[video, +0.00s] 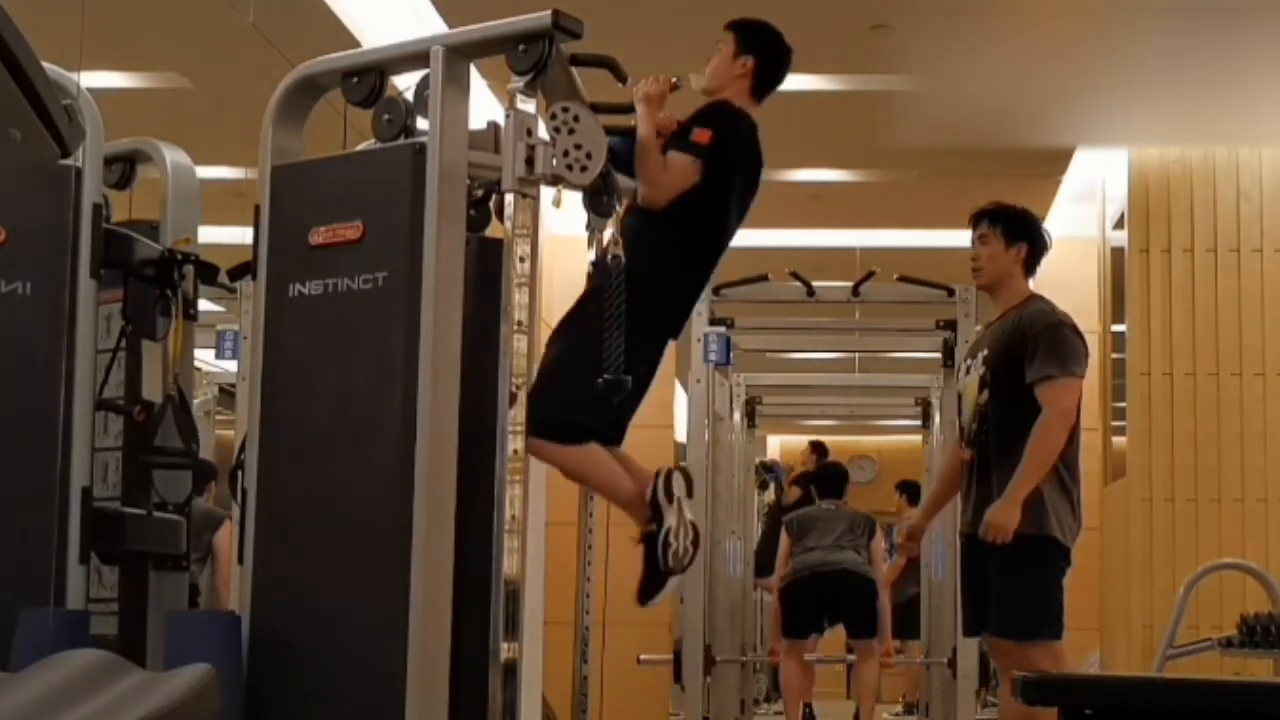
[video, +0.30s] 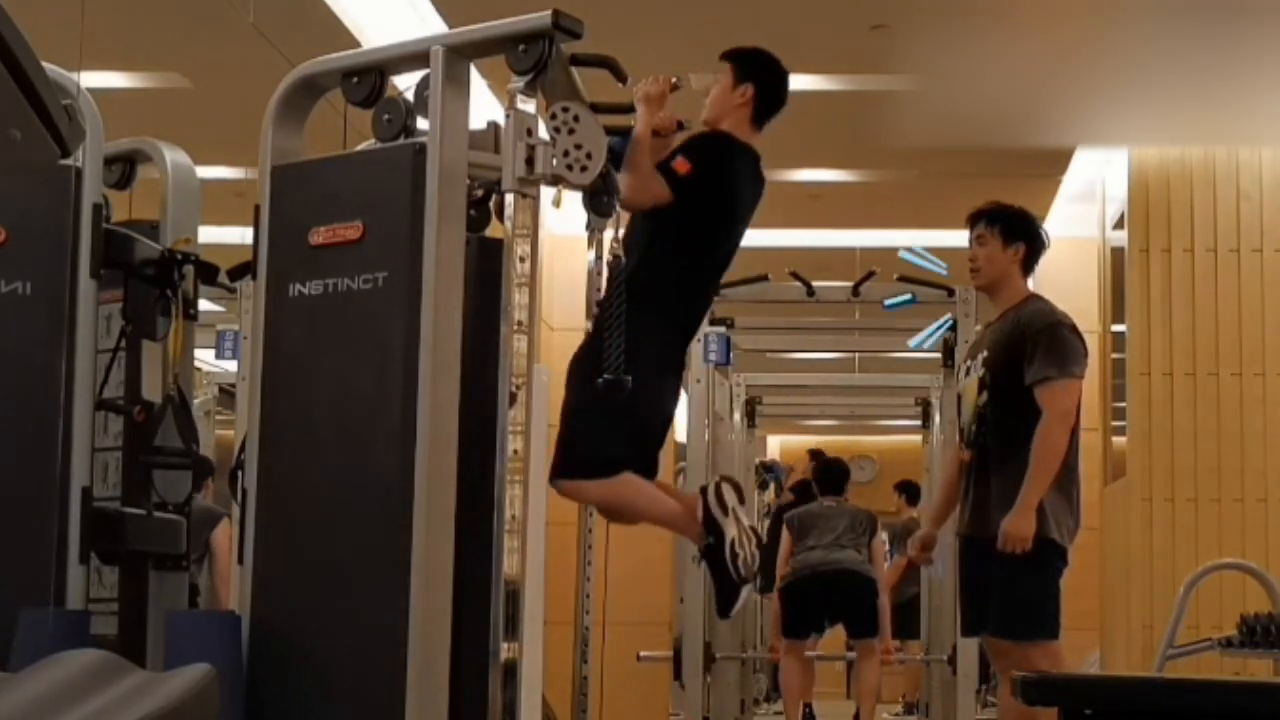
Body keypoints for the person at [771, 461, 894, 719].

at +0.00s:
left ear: (815, 490)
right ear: (846, 490)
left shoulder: (793, 521)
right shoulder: (867, 523)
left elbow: (780, 579)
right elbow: (881, 583)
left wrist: (777, 639)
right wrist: (887, 640)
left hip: (803, 586)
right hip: (856, 585)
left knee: (793, 653)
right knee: (867, 654)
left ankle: (793, 717)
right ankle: (865, 715)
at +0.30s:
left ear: (815, 484)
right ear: (847, 485)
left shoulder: (793, 518)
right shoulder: (867, 519)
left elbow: (781, 576)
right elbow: (880, 583)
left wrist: (779, 636)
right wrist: (887, 639)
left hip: (804, 585)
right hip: (855, 584)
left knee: (793, 652)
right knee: (868, 653)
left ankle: (793, 716)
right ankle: (865, 715)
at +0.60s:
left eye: (820, 427)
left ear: (815, 432)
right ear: (847, 431)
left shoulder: (795, 474)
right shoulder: (868, 473)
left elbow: (782, 534)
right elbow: (879, 537)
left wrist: (775, 578)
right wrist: (887, 589)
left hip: (805, 574)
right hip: (855, 573)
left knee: (803, 652)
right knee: (862, 649)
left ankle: (794, 715)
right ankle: (864, 714)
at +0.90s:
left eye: (818, 394)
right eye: (840, 394)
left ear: (812, 397)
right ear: (845, 397)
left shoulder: (791, 447)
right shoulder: (866, 446)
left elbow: (777, 509)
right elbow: (879, 512)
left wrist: (774, 560)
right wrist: (887, 562)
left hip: (805, 566)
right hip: (854, 565)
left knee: (805, 649)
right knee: (857, 650)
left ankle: (798, 715)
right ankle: (863, 714)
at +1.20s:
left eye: (814, 397)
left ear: (811, 400)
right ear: (844, 399)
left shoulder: (791, 449)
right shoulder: (866, 448)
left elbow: (776, 509)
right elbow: (879, 511)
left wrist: (774, 560)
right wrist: (887, 559)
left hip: (806, 567)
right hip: (853, 566)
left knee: (805, 649)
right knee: (857, 649)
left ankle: (797, 716)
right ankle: (863, 714)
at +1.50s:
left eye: (814, 398)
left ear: (811, 400)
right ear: (844, 399)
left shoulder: (791, 449)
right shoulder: (866, 447)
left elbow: (776, 508)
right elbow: (879, 511)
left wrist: (773, 558)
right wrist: (886, 559)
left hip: (806, 566)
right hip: (854, 565)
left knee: (805, 648)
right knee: (857, 649)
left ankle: (798, 716)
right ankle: (863, 714)